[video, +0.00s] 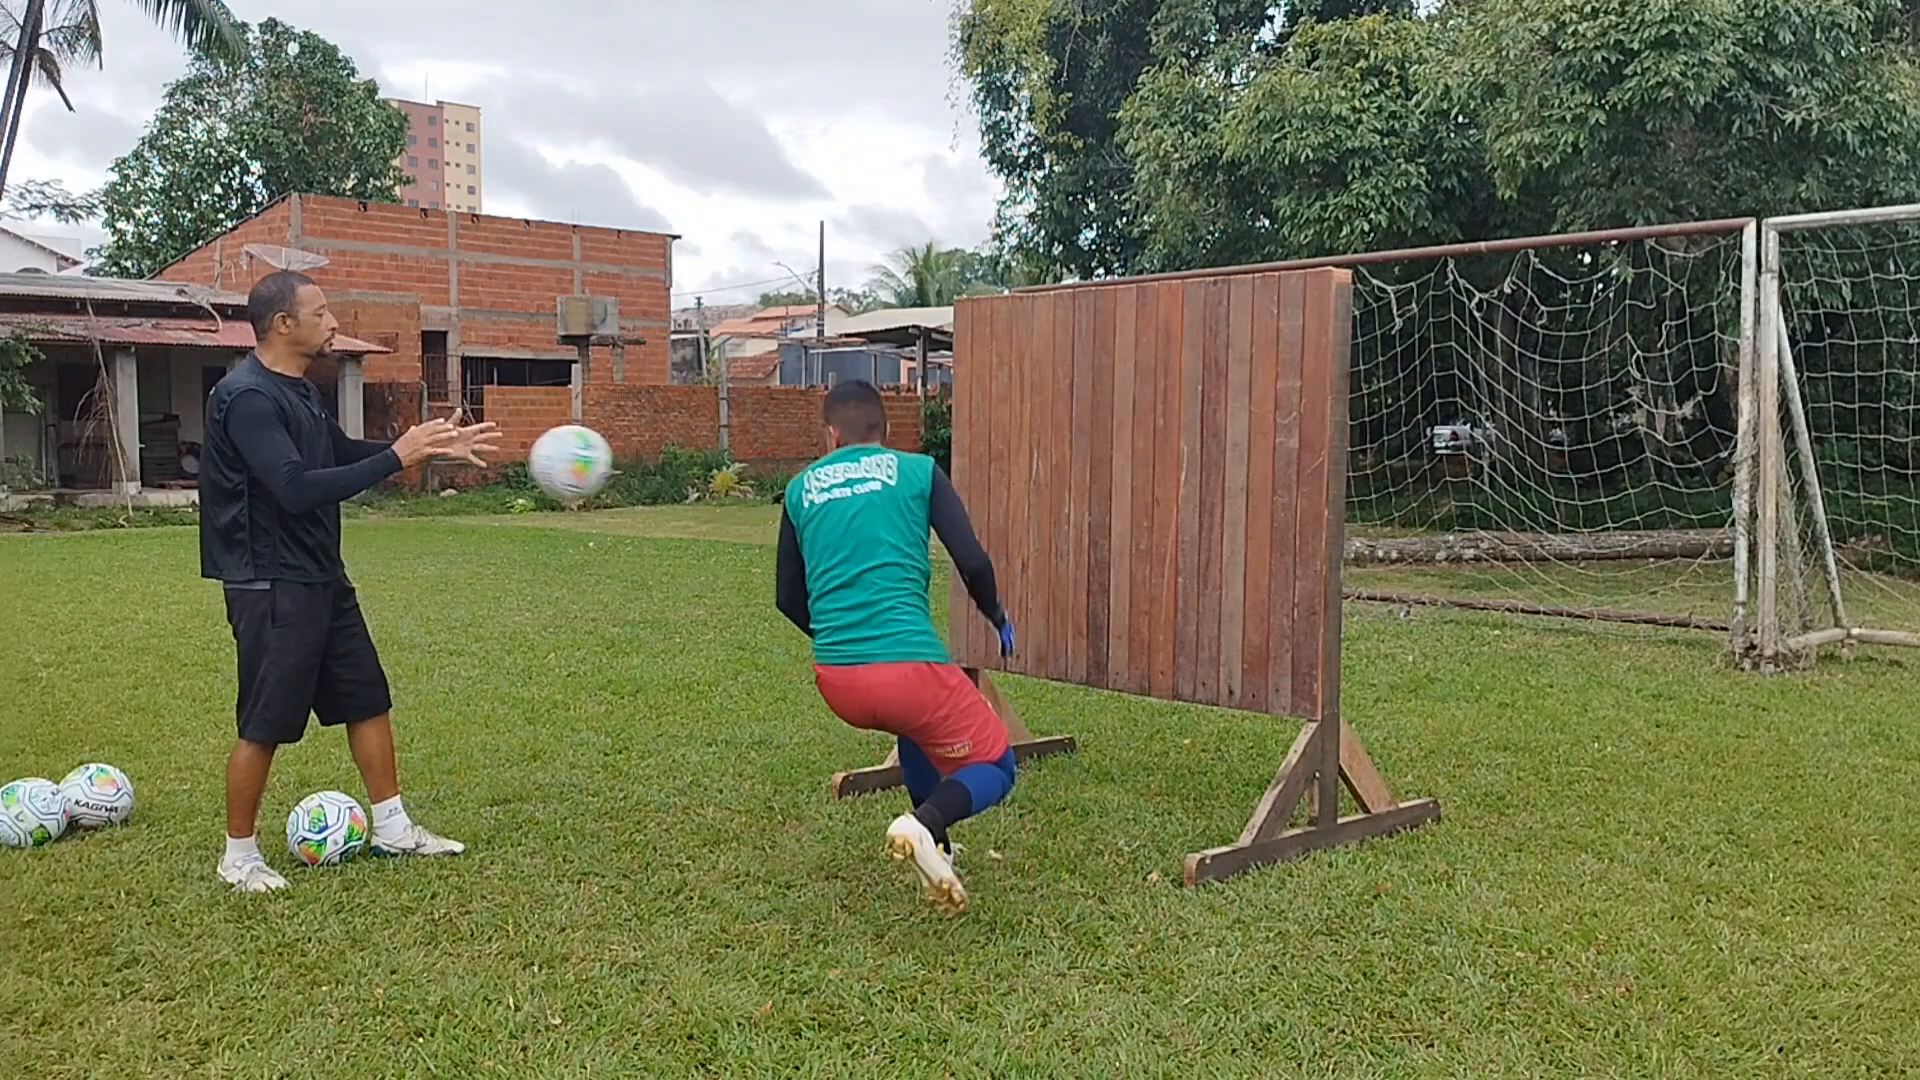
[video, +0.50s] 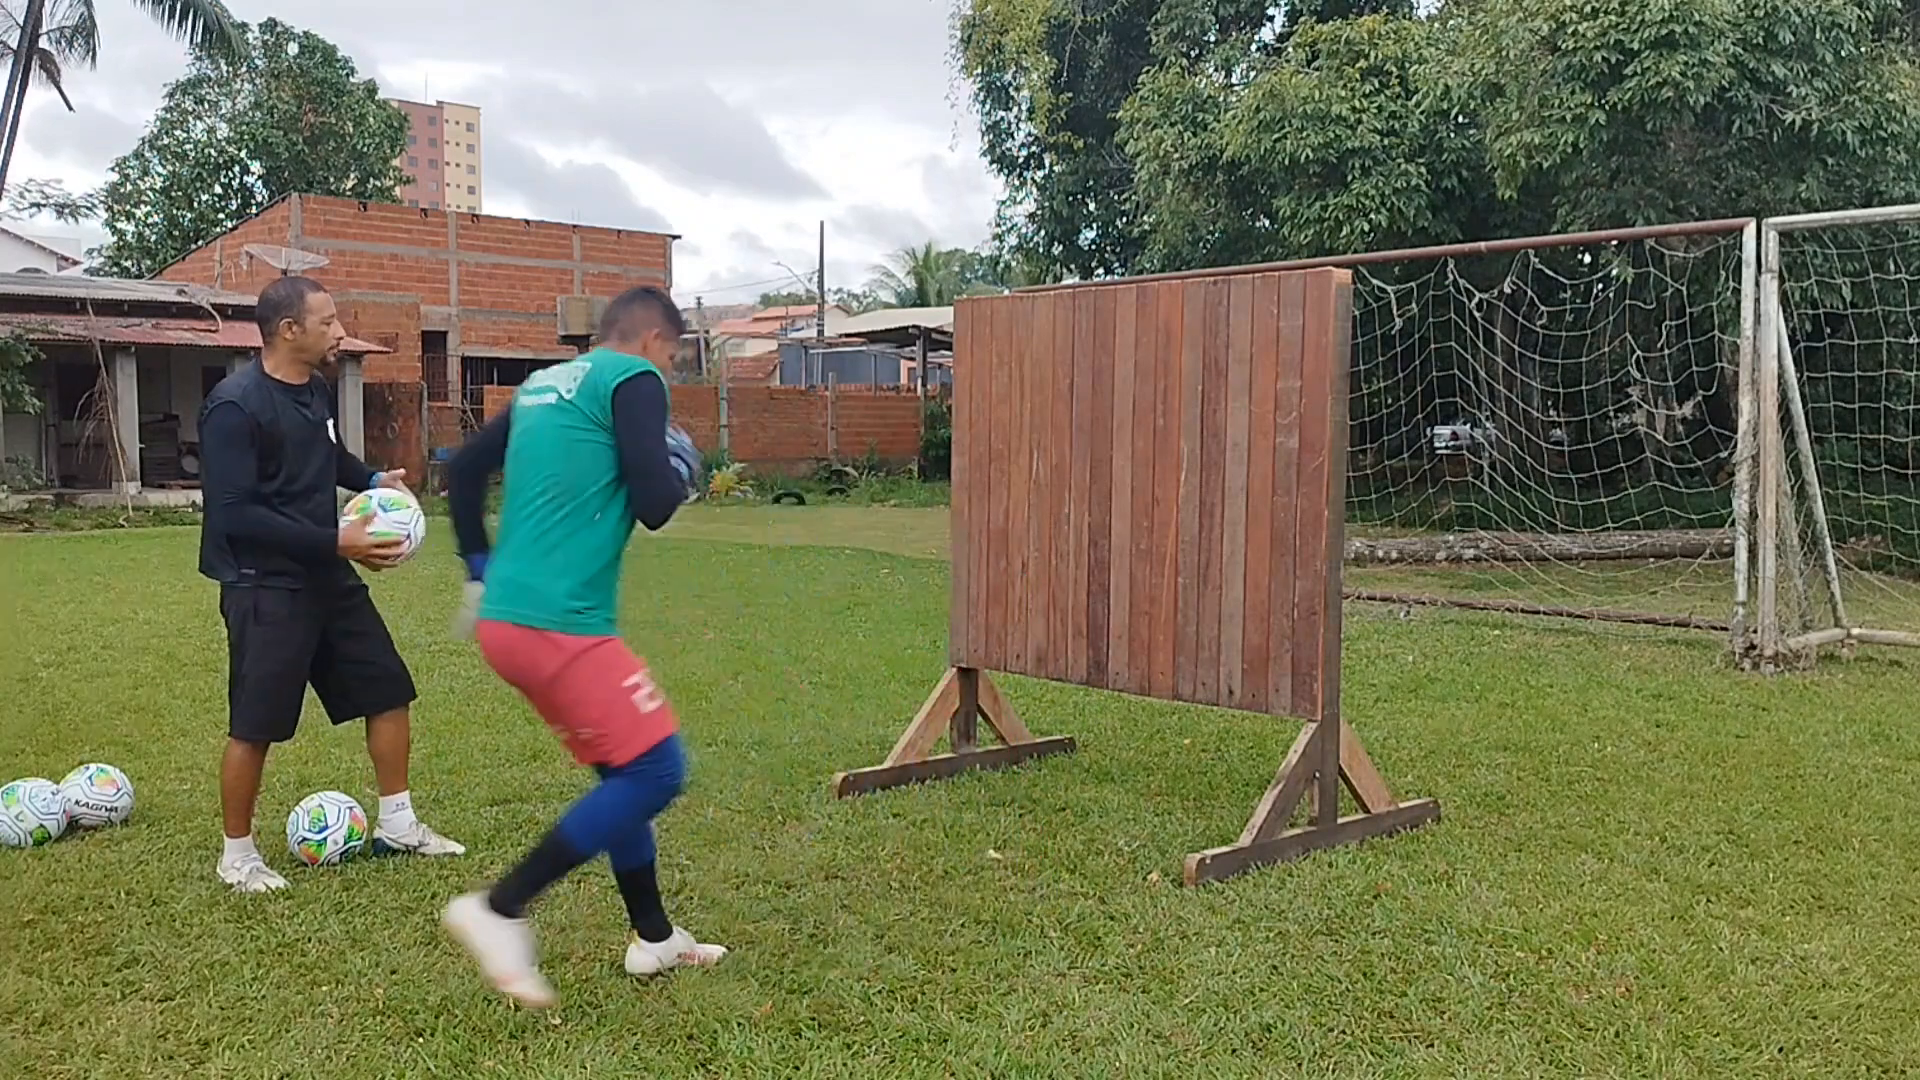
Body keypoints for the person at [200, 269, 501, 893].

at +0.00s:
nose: (333, 322)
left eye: (329, 311)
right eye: (321, 313)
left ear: (291, 324)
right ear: (284, 324)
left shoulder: (301, 393)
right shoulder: (249, 396)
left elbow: (345, 458)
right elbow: (295, 489)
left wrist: (423, 446)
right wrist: (396, 455)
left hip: (321, 580)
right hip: (270, 586)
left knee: (366, 699)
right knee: (263, 723)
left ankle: (392, 828)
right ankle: (240, 857)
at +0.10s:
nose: (331, 323)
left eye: (327, 311)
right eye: (319, 314)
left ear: (284, 325)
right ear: (281, 326)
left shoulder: (296, 393)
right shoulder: (249, 398)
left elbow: (323, 465)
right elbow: (297, 491)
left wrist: (399, 467)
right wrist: (391, 471)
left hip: (319, 581)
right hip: (268, 586)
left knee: (362, 701)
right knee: (262, 724)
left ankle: (391, 829)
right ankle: (239, 857)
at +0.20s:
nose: (333, 325)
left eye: (328, 313)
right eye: (320, 316)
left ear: (287, 327)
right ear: (281, 328)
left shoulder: (294, 394)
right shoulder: (248, 398)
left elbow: (315, 480)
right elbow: (277, 498)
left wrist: (383, 482)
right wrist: (377, 486)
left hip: (316, 580)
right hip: (267, 586)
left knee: (361, 700)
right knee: (261, 724)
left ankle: (391, 829)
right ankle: (239, 858)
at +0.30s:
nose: (335, 328)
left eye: (332, 316)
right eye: (323, 318)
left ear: (288, 328)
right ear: (283, 329)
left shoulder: (294, 395)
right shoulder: (243, 399)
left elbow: (317, 482)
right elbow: (262, 504)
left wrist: (377, 491)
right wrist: (364, 503)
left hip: (317, 581)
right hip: (264, 586)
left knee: (361, 700)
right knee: (259, 723)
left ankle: (390, 829)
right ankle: (238, 857)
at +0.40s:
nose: (337, 330)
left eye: (334, 317)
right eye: (325, 319)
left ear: (292, 329)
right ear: (284, 329)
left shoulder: (304, 392)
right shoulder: (238, 402)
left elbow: (318, 474)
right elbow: (246, 508)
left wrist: (377, 497)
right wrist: (356, 516)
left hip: (321, 580)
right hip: (263, 586)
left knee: (371, 700)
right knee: (255, 724)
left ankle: (392, 829)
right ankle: (238, 856)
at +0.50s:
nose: (340, 332)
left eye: (338, 319)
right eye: (328, 322)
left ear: (296, 331)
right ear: (288, 331)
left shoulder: (313, 391)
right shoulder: (234, 406)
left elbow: (324, 460)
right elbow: (232, 515)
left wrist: (374, 482)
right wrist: (333, 542)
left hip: (330, 580)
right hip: (265, 587)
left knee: (389, 692)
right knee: (254, 723)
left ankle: (397, 824)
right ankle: (238, 855)